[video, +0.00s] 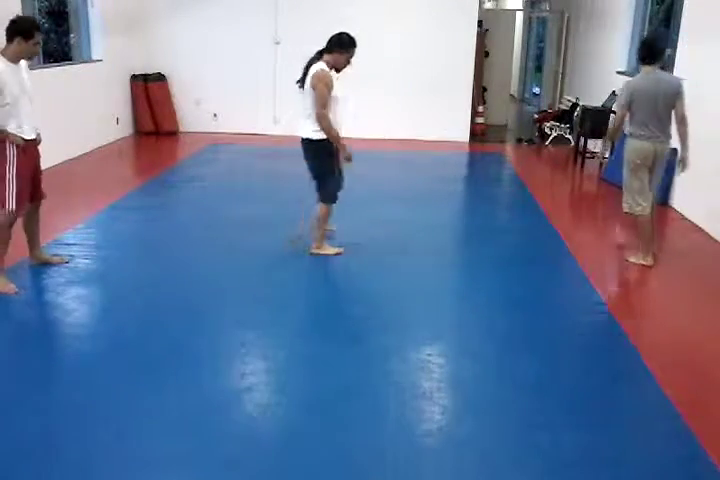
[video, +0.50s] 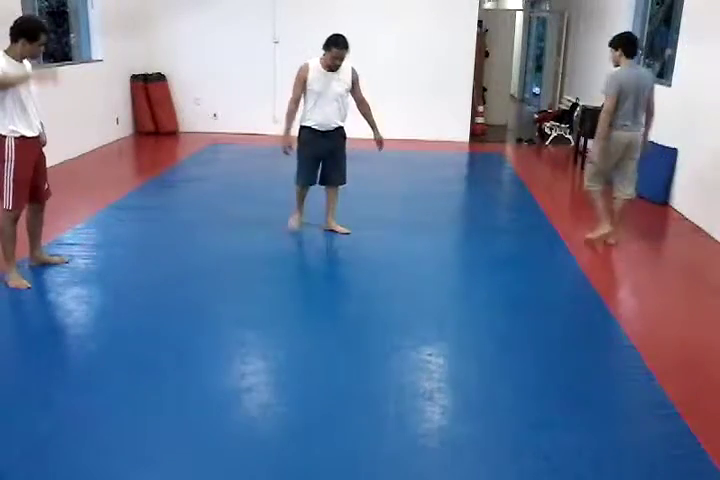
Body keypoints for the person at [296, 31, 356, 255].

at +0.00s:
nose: (348, 63)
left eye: (350, 58)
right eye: (348, 57)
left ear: (333, 52)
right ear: (335, 52)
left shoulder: (318, 69)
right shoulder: (322, 75)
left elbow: (320, 114)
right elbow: (321, 115)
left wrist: (336, 140)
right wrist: (340, 144)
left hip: (315, 137)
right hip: (319, 139)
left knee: (330, 185)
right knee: (329, 189)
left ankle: (321, 226)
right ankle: (319, 243)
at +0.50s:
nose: (339, 62)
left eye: (342, 58)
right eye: (335, 58)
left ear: (346, 56)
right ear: (325, 52)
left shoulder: (349, 73)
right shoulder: (307, 70)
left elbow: (361, 102)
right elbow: (294, 101)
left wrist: (375, 131)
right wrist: (287, 133)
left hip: (336, 134)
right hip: (309, 132)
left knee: (334, 181)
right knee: (304, 180)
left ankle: (330, 220)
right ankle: (298, 213)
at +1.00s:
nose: (302, 62)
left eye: (306, 58)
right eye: (298, 58)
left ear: (314, 53)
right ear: (293, 54)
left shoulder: (327, 70)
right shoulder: (287, 70)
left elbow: (334, 101)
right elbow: (284, 100)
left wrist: (329, 127)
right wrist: (280, 130)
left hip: (321, 127)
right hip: (297, 127)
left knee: (331, 175)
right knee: (295, 174)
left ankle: (336, 216)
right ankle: (296, 211)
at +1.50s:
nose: (314, 62)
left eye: (317, 59)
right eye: (312, 58)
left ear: (328, 56)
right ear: (309, 54)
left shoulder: (338, 68)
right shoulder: (303, 69)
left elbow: (348, 74)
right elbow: (296, 98)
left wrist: (337, 46)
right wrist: (288, 128)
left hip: (333, 127)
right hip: (308, 126)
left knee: (341, 176)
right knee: (300, 173)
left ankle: (344, 213)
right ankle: (297, 211)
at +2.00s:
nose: (317, 60)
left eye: (321, 57)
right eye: (316, 56)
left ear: (333, 54)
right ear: (314, 52)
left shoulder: (344, 64)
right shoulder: (307, 68)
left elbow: (364, 63)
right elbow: (299, 100)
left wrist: (346, 40)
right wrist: (294, 130)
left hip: (336, 127)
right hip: (311, 126)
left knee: (343, 176)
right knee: (303, 174)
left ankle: (343, 214)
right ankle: (298, 211)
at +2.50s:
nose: (309, 57)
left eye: (312, 54)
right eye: (308, 54)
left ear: (324, 52)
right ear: (308, 51)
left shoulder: (339, 65)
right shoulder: (303, 67)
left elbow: (358, 60)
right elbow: (295, 98)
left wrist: (339, 39)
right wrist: (288, 129)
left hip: (330, 127)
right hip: (305, 126)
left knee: (338, 176)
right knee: (299, 175)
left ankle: (343, 215)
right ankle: (298, 212)